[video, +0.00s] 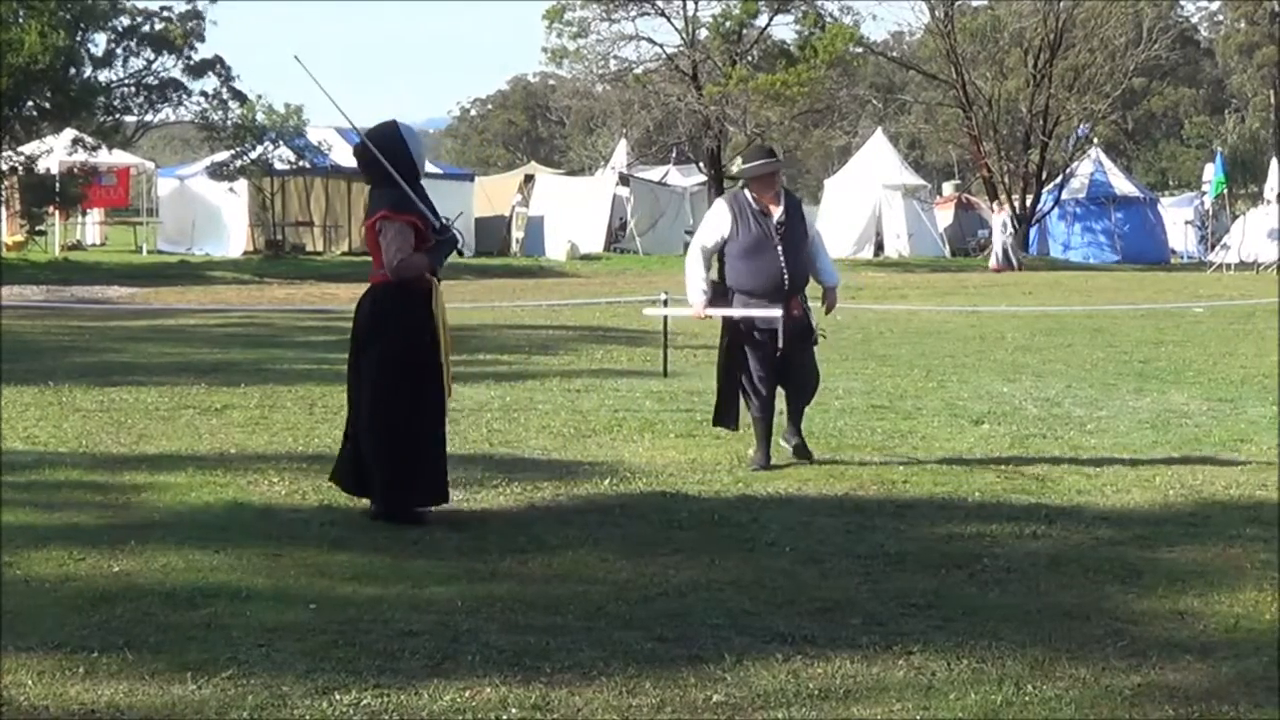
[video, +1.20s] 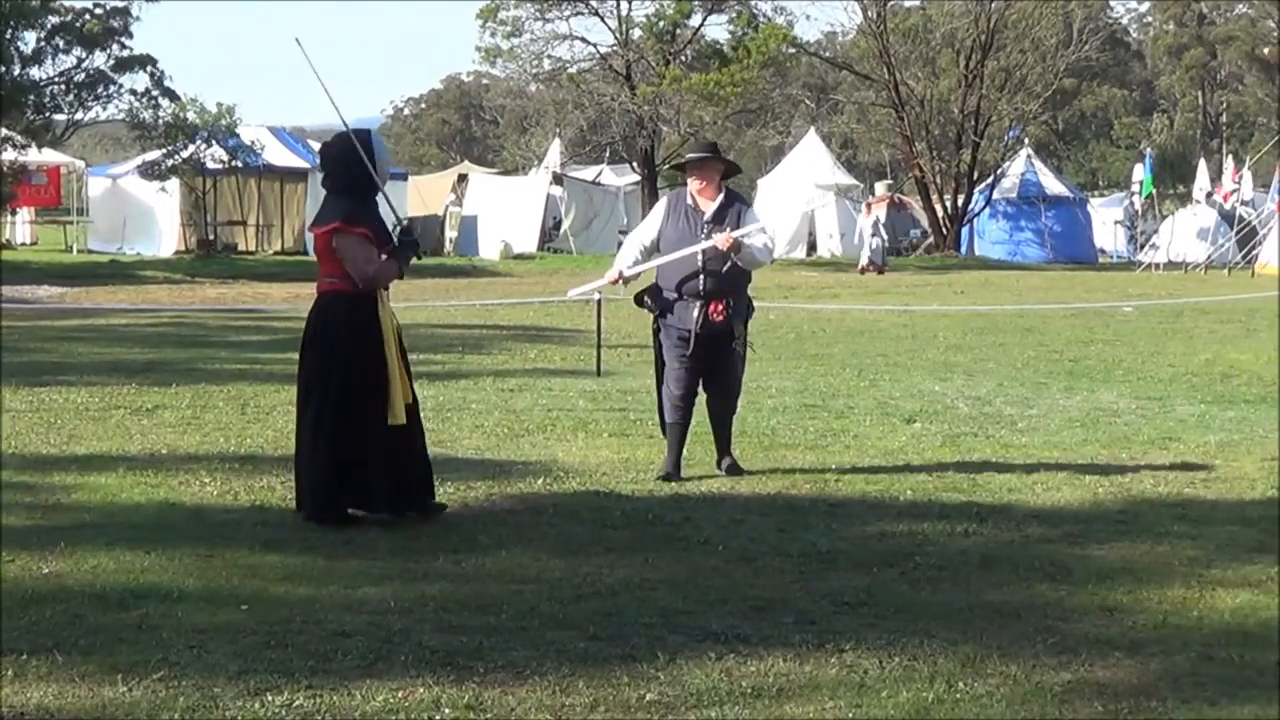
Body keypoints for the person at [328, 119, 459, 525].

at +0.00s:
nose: (419, 155)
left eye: (414, 147)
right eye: (412, 148)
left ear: (377, 160)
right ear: (401, 156)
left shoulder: (397, 200)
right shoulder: (394, 204)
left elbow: (405, 262)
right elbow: (399, 265)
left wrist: (435, 245)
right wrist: (438, 251)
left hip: (399, 309)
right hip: (395, 313)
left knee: (400, 399)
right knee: (400, 400)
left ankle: (394, 494)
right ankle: (397, 498)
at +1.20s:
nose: (388, 168)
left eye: (385, 161)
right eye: (381, 161)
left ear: (341, 171)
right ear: (362, 170)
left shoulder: (350, 212)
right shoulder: (344, 216)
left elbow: (366, 269)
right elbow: (368, 275)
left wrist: (396, 251)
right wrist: (401, 254)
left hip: (358, 315)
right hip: (346, 318)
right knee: (342, 407)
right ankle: (330, 502)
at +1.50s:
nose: (381, 170)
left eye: (378, 162)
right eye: (376, 163)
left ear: (336, 173)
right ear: (361, 171)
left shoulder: (340, 214)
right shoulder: (350, 219)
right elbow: (391, 269)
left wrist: (387, 239)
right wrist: (399, 241)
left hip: (344, 312)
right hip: (353, 317)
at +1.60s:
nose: (382, 168)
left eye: (379, 162)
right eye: (375, 162)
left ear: (333, 173)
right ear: (362, 170)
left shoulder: (332, 214)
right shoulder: (359, 215)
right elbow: (394, 265)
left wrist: (385, 228)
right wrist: (395, 229)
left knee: (322, 400)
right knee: (389, 402)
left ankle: (301, 494)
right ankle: (400, 500)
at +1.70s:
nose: (378, 169)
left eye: (375, 162)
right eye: (372, 163)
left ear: (329, 173)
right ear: (359, 170)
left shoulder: (329, 214)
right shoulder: (355, 216)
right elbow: (393, 264)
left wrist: (381, 227)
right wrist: (391, 229)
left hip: (333, 313)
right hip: (362, 316)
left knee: (324, 402)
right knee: (382, 406)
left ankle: (301, 494)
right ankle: (388, 502)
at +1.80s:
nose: (376, 170)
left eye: (373, 163)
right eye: (370, 163)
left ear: (327, 171)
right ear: (355, 170)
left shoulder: (326, 212)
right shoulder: (347, 214)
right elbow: (383, 268)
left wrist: (374, 235)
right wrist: (385, 232)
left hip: (329, 311)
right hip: (353, 314)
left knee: (329, 401)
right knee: (364, 404)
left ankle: (324, 495)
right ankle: (368, 501)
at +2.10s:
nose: (366, 175)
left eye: (364, 168)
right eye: (360, 168)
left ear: (320, 173)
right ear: (346, 173)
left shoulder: (321, 213)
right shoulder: (333, 219)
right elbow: (369, 272)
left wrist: (364, 246)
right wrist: (375, 243)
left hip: (323, 315)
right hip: (336, 320)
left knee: (327, 409)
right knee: (361, 410)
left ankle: (325, 499)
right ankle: (409, 501)